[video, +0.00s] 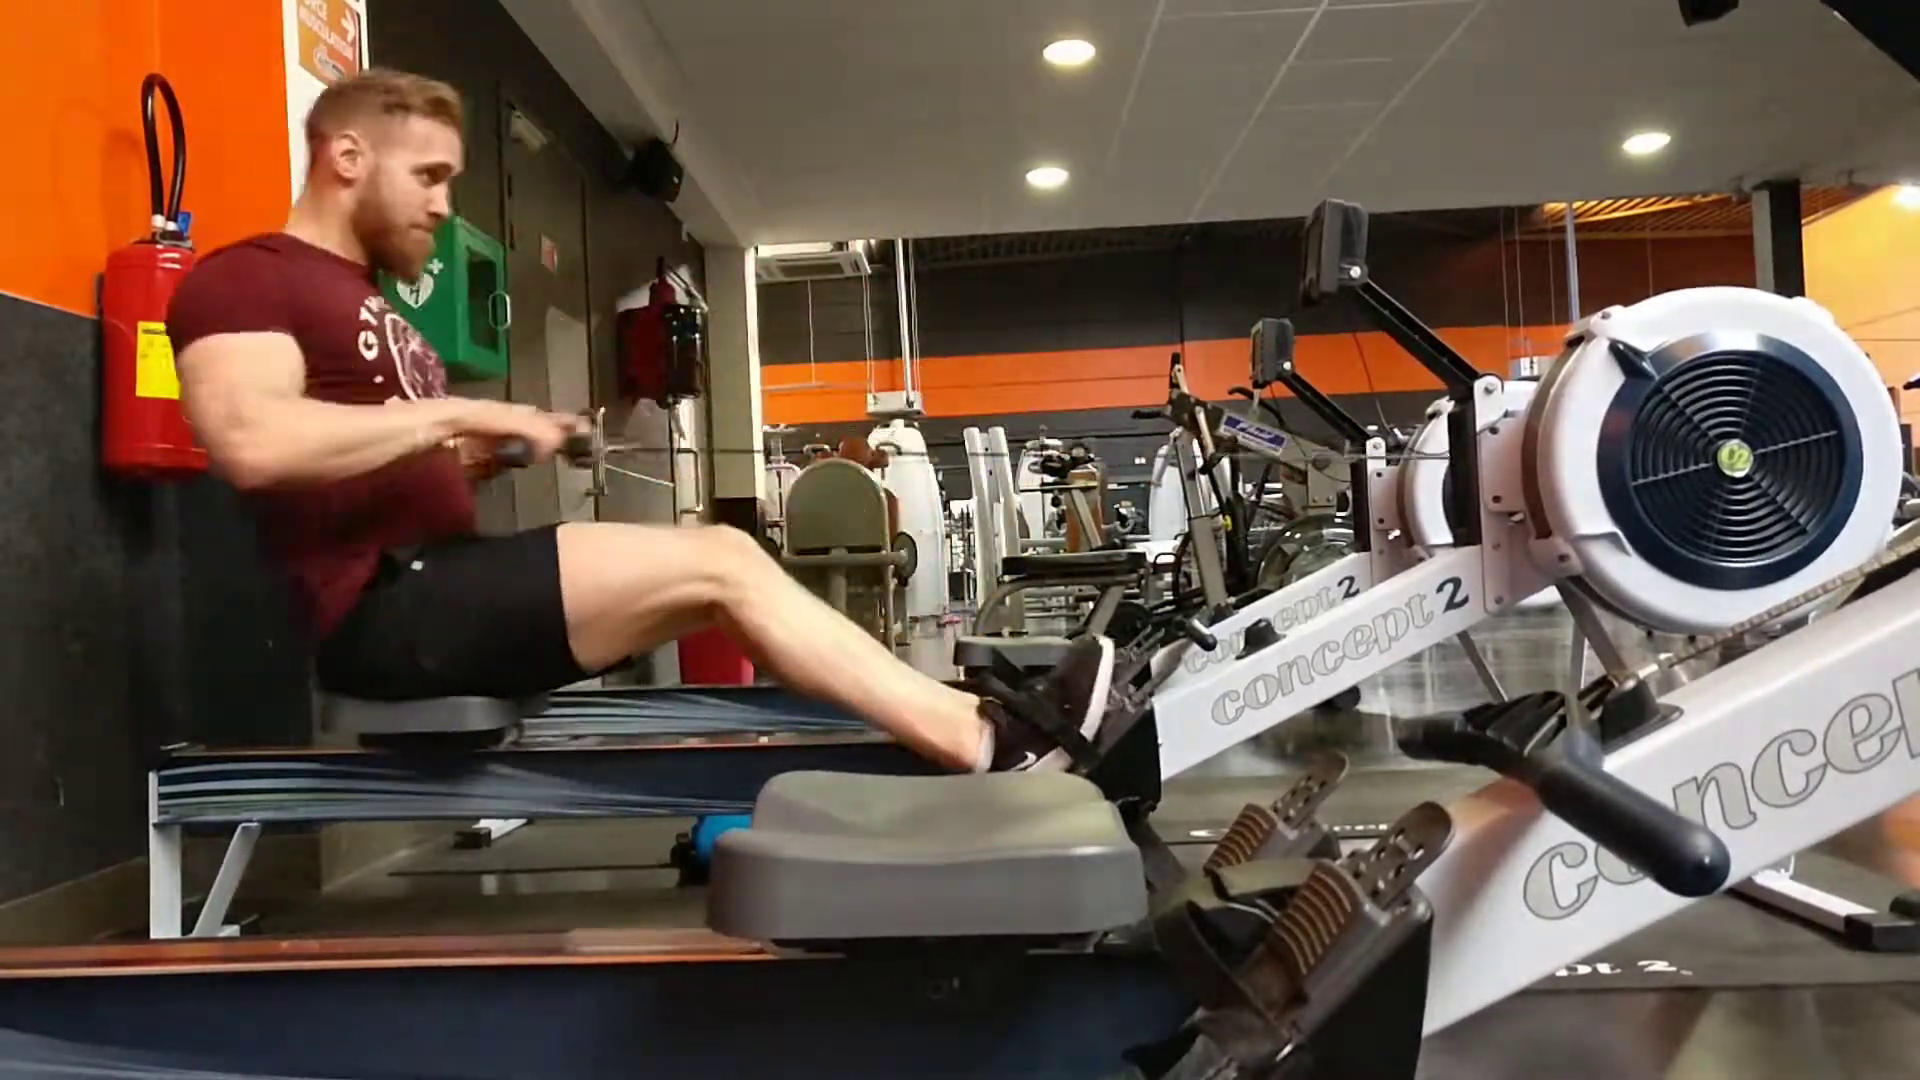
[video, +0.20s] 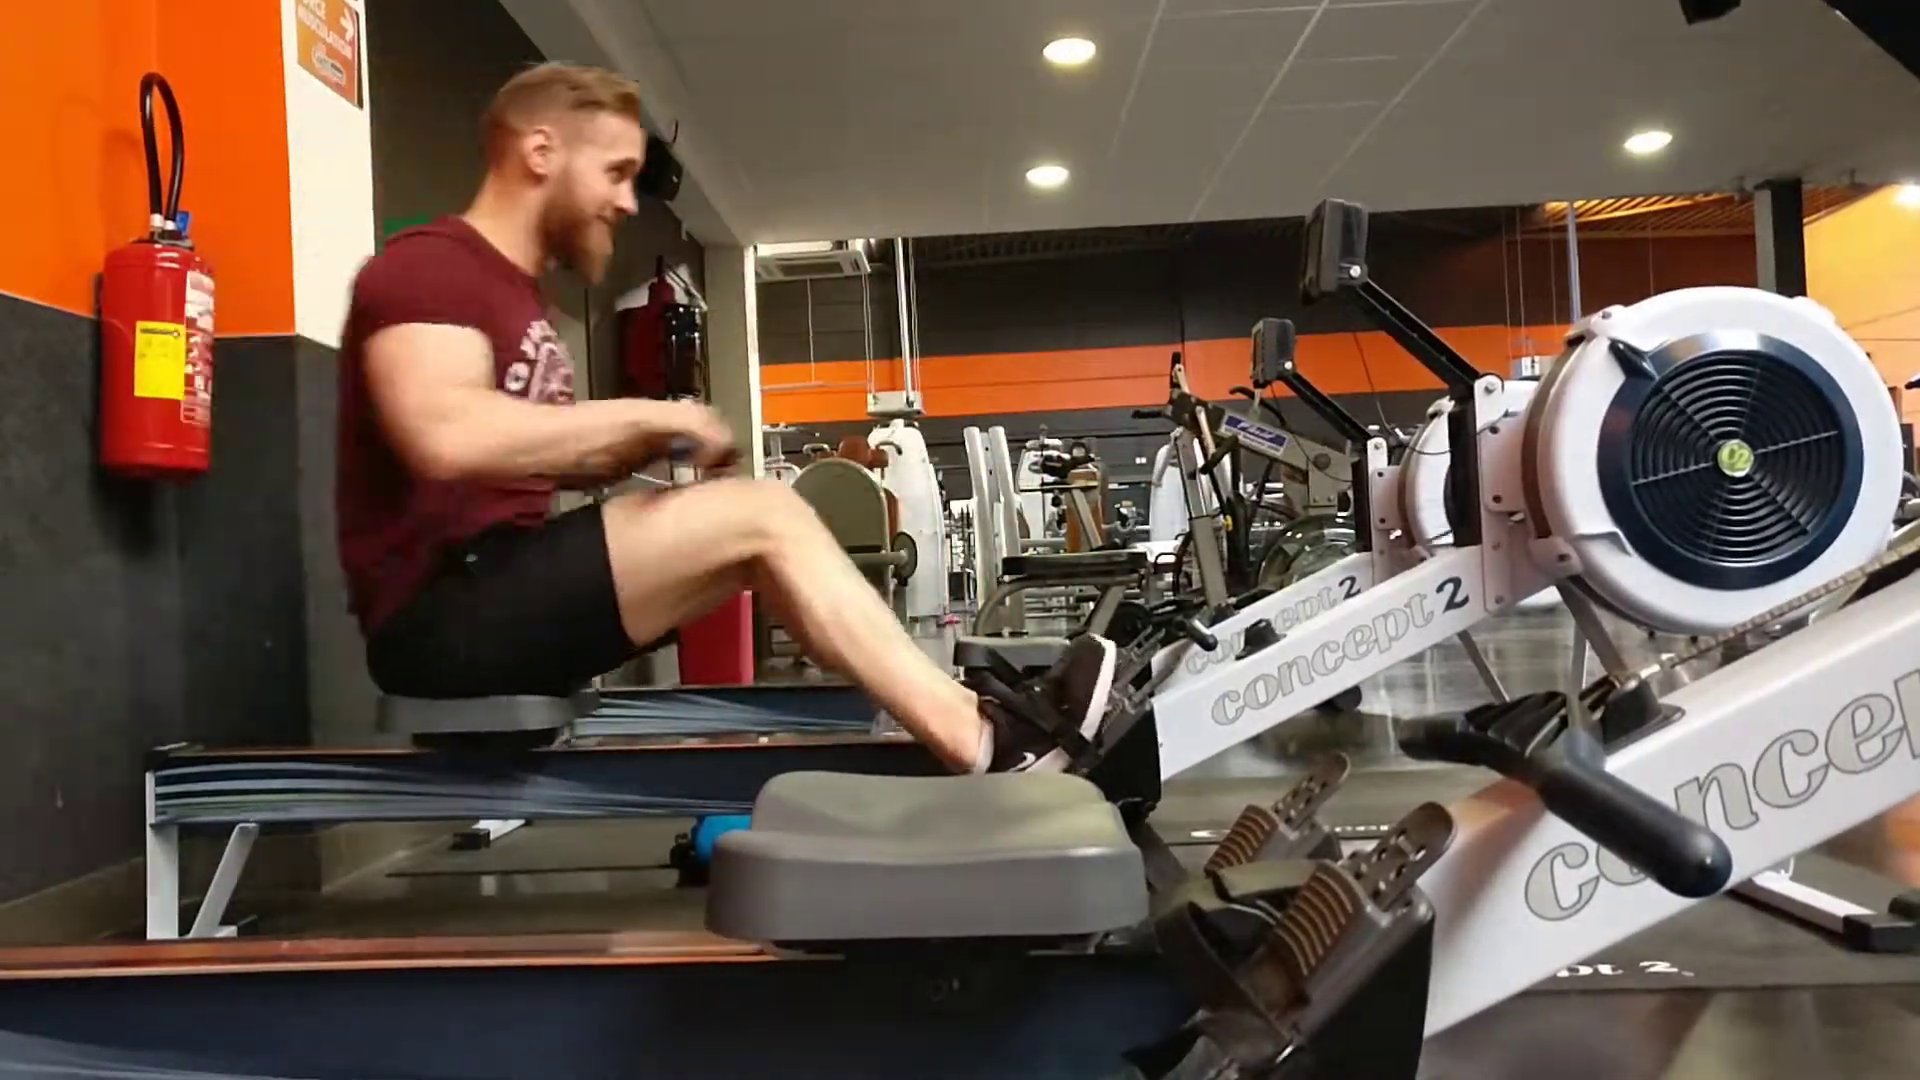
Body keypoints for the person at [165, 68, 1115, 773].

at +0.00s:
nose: (443, 207)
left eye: (448, 185)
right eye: (428, 177)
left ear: (360, 166)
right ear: (343, 159)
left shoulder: (384, 310)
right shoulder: (250, 275)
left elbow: (418, 472)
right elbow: (253, 446)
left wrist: (496, 438)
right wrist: (438, 422)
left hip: (438, 592)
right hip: (375, 611)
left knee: (728, 554)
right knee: (722, 556)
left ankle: (987, 727)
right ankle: (980, 749)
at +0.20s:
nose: (629, 202)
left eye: (634, 180)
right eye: (618, 173)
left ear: (544, 162)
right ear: (537, 152)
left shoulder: (527, 306)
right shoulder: (429, 268)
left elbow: (527, 468)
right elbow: (443, 438)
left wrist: (642, 438)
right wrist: (647, 420)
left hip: (503, 601)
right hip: (446, 615)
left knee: (765, 513)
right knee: (764, 513)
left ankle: (981, 720)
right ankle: (974, 742)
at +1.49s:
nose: (617, 187)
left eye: (620, 164)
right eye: (603, 157)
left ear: (531, 149)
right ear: (521, 140)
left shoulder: (521, 300)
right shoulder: (424, 269)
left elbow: (552, 451)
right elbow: (490, 441)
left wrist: (676, 418)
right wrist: (684, 409)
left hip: (499, 596)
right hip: (445, 610)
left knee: (762, 521)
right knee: (764, 512)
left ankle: (987, 726)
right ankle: (979, 745)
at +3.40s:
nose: (911, 171)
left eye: (910, 145)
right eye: (898, 141)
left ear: (826, 135)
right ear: (825, 130)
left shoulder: (798, 258)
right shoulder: (783, 258)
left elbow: (992, 389)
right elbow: (1007, 398)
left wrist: (1173, 445)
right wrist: (1193, 448)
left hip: (756, 602)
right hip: (748, 614)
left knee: (982, 417)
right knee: (978, 423)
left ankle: (991, 689)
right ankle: (986, 711)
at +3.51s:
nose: (806, 153)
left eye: (801, 127)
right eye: (790, 122)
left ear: (718, 117)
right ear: (717, 114)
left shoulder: (689, 248)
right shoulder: (672, 245)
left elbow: (853, 390)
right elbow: (866, 397)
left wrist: (1041, 423)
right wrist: (1054, 426)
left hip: (684, 599)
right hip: (675, 608)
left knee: (922, 432)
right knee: (931, 440)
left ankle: (991, 709)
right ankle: (989, 729)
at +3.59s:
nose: (682, 144)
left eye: (679, 118)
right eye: (663, 114)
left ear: (592, 118)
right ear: (583, 113)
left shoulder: (611, 256)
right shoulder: (553, 247)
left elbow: (745, 388)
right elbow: (732, 404)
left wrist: (923, 416)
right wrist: (934, 413)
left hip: (621, 595)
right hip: (587, 604)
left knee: (879, 445)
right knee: (877, 454)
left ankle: (986, 722)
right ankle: (993, 738)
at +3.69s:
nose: (535, 150)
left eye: (535, 129)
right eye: (516, 125)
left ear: (446, 122)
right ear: (431, 114)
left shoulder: (485, 267)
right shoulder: (402, 260)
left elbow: (614, 412)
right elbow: (571, 413)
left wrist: (786, 426)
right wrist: (787, 422)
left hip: (534, 589)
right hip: (487, 607)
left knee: (803, 485)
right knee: (798, 490)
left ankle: (986, 723)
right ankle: (991, 737)